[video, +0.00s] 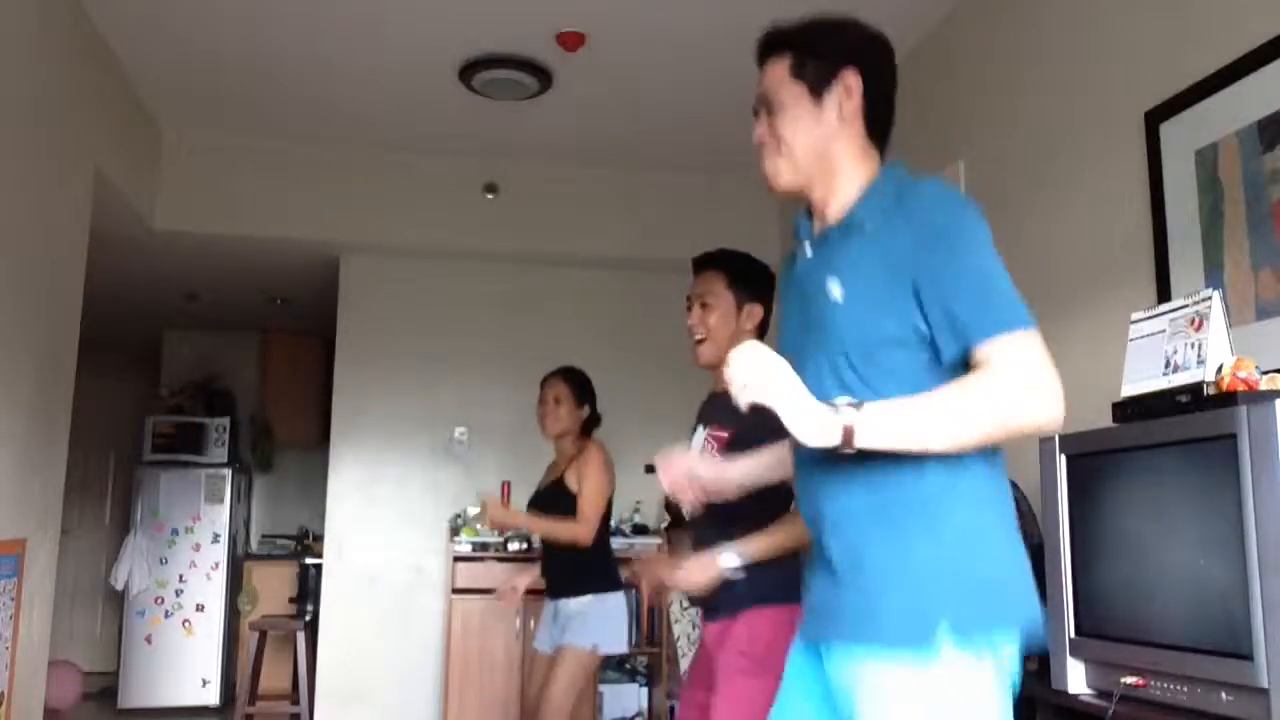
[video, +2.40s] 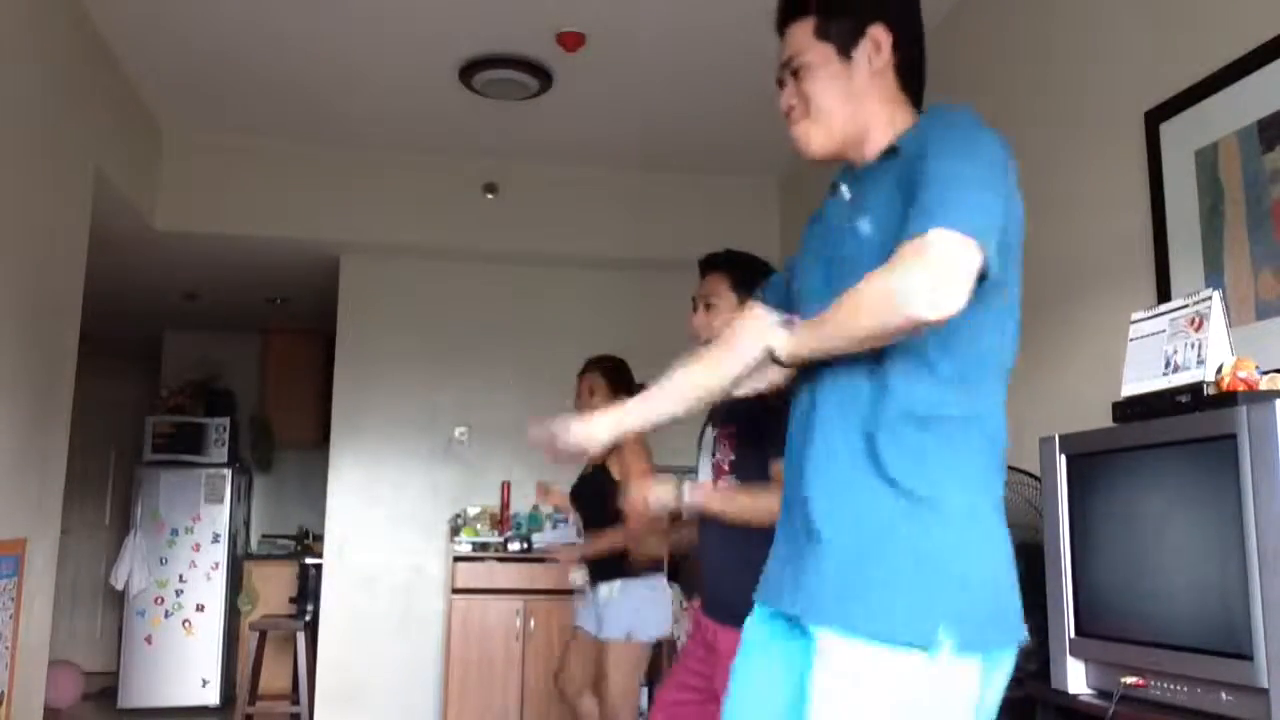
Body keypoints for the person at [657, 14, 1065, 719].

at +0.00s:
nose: (756, 133)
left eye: (770, 107)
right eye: (757, 113)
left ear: (844, 97)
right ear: (838, 102)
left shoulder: (929, 216)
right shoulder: (804, 260)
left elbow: (1031, 392)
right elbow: (833, 431)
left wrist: (838, 422)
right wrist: (729, 475)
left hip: (938, 626)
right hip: (833, 617)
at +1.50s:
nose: (760, 74)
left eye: (772, 47)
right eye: (759, 55)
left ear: (847, 35)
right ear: (840, 39)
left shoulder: (902, 119)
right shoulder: (812, 178)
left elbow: (1011, 299)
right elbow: (861, 398)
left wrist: (870, 462)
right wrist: (762, 466)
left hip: (915, 579)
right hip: (815, 575)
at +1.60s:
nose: (757, 113)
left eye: (773, 87)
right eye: (757, 94)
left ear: (848, 78)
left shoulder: (914, 185)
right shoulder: (816, 228)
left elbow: (997, 388)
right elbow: (860, 430)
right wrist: (746, 448)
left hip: (936, 627)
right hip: (817, 619)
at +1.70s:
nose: (754, 139)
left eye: (770, 112)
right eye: (757, 119)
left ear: (844, 104)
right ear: (842, 108)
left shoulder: (915, 232)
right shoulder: (822, 262)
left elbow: (1010, 448)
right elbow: (877, 461)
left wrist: (907, 600)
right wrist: (780, 498)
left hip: (946, 636)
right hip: (839, 625)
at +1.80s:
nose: (758, 115)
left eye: (773, 85)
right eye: (759, 92)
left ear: (847, 70)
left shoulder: (933, 196)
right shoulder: (820, 228)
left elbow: (1021, 405)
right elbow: (837, 425)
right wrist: (770, 517)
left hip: (933, 656)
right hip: (823, 635)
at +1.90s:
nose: (760, 76)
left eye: (772, 47)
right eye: (758, 57)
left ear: (846, 28)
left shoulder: (910, 117)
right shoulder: (821, 181)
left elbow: (1007, 294)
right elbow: (840, 414)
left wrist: (798, 373)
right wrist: (717, 420)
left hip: (915, 597)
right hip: (811, 588)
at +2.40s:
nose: (783, 99)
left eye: (796, 72)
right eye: (781, 82)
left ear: (875, 51)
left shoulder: (954, 143)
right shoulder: (831, 221)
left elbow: (929, 286)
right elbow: (746, 346)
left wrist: (789, 347)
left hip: (918, 601)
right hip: (799, 590)